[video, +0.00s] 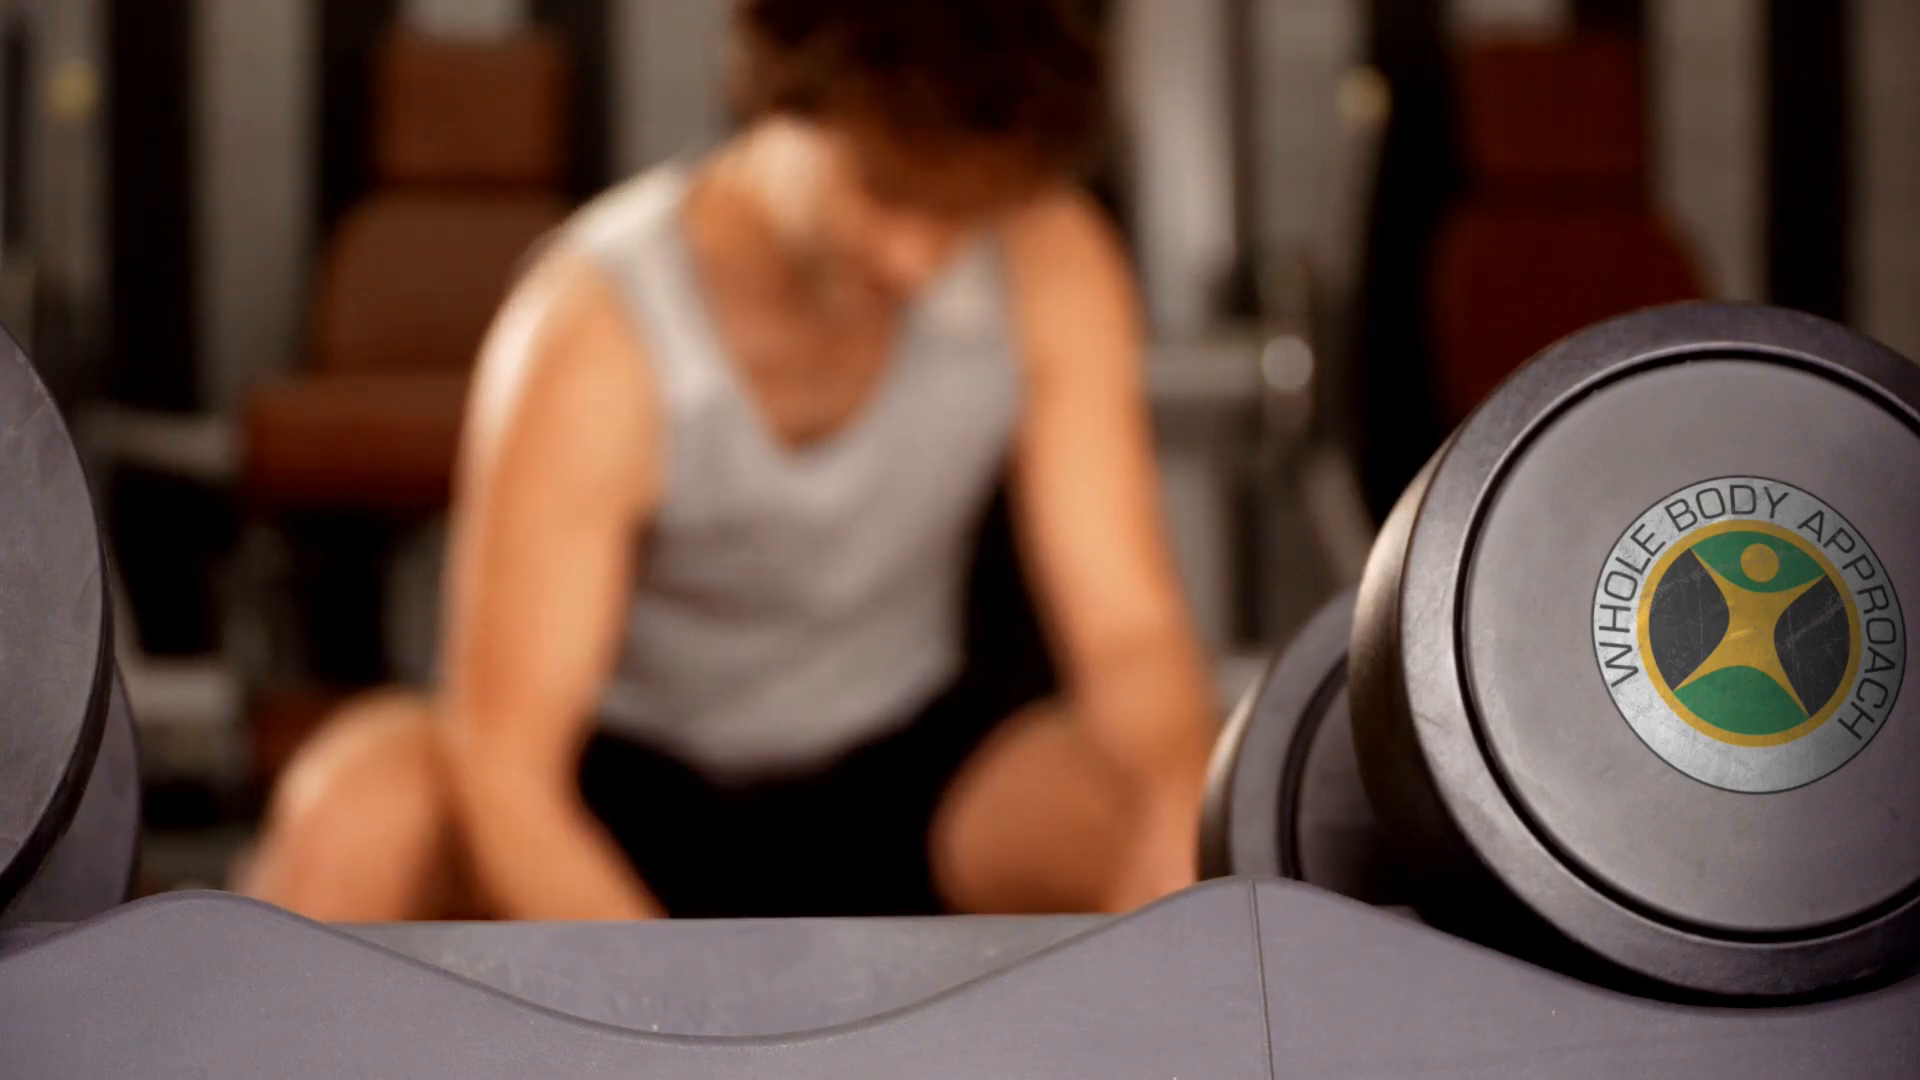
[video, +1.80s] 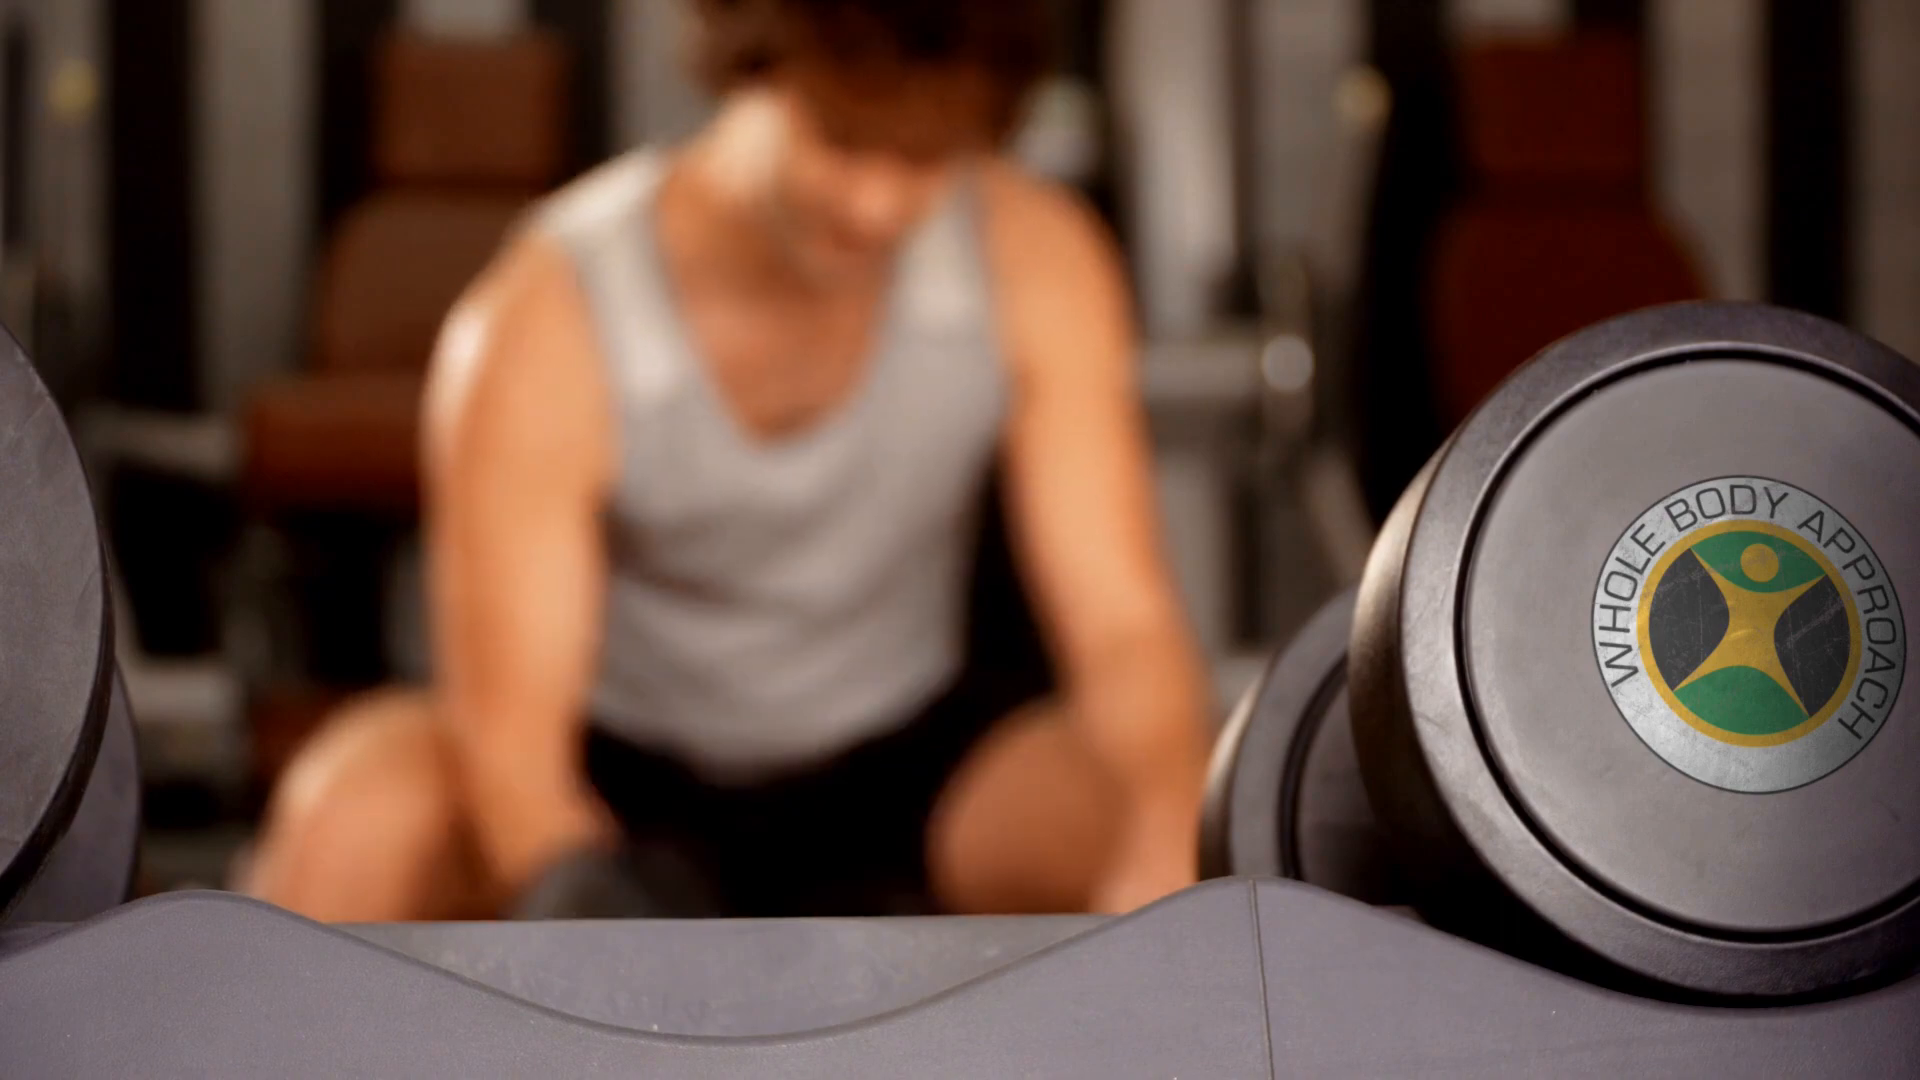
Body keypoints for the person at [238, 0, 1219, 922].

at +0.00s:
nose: (919, 259)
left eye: (971, 212)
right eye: (887, 197)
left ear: (1015, 168)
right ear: (790, 107)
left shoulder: (1045, 253)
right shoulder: (594, 322)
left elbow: (1128, 639)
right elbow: (504, 773)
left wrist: (1182, 854)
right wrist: (688, 1018)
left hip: (899, 781)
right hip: (627, 792)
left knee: (1190, 812)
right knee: (357, 792)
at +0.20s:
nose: (910, 235)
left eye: (961, 187)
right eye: (876, 171)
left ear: (1013, 155)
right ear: (780, 81)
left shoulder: (1042, 256)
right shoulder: (571, 308)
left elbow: (1135, 642)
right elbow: (509, 750)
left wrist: (1183, 842)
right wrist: (732, 870)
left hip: (907, 786)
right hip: (625, 792)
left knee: (1202, 781)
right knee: (368, 797)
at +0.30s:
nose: (907, 231)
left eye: (957, 183)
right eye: (873, 166)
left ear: (1010, 151)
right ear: (778, 77)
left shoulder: (1036, 257)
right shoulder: (556, 308)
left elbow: (1134, 641)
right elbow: (516, 733)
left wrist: (1183, 840)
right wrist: (850, 822)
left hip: (899, 803)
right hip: (623, 798)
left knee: (1188, 784)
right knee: (374, 789)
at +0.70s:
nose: (864, 231)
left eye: (910, 181)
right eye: (829, 168)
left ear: (959, 146)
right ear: (725, 89)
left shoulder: (999, 257)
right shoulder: (477, 320)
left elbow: (1120, 633)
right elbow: (523, 746)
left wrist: (1186, 883)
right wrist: (747, 691)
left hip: (895, 787)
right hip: (600, 796)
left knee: (1167, 811)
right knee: (372, 810)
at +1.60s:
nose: (872, 205)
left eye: (920, 157)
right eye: (838, 145)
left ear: (977, 121)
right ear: (740, 67)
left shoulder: (1017, 249)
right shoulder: (513, 316)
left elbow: (1123, 632)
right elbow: (528, 753)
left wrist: (1172, 864)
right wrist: (846, 749)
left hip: (888, 809)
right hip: (610, 818)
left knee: (1182, 790)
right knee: (371, 781)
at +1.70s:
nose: (874, 205)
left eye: (923, 159)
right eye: (842, 144)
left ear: (981, 128)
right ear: (748, 68)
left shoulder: (1029, 252)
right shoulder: (529, 325)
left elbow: (1123, 633)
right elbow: (516, 758)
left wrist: (1162, 863)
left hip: (909, 776)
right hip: (627, 784)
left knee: (1197, 787)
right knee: (358, 796)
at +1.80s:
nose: (875, 205)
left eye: (925, 161)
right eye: (842, 144)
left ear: (986, 132)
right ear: (753, 70)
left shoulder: (1035, 255)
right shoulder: (541, 325)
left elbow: (1122, 633)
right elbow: (517, 762)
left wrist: (1159, 859)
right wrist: (644, 965)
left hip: (904, 775)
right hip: (619, 784)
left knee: (1188, 809)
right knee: (357, 797)